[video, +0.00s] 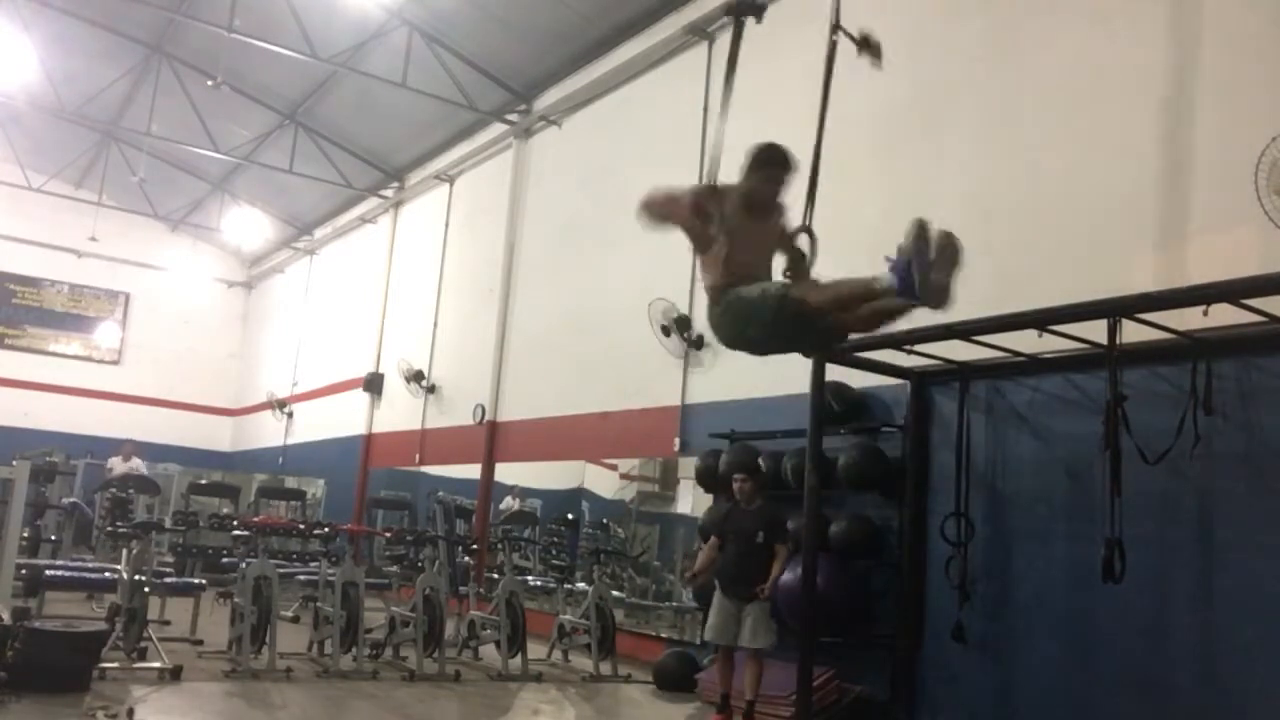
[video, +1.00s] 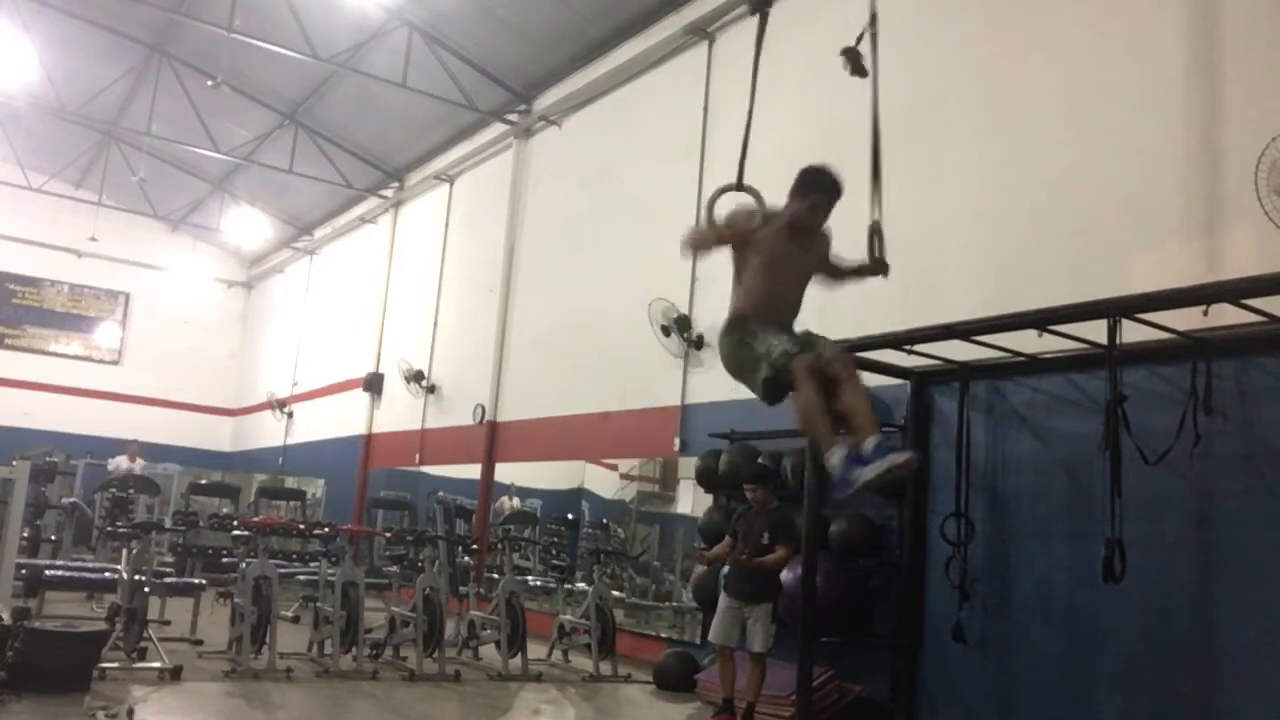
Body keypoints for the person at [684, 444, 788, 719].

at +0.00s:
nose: (738, 486)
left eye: (744, 481)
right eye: (735, 481)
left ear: (756, 484)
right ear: (731, 484)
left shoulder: (771, 515)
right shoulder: (727, 513)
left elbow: (781, 552)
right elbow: (712, 547)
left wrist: (770, 583)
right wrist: (695, 571)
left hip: (757, 593)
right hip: (726, 591)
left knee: (753, 653)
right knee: (724, 651)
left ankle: (749, 709)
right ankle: (723, 704)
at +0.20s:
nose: (744, 486)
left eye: (750, 481)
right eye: (741, 481)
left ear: (762, 484)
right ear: (737, 484)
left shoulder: (777, 515)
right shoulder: (735, 514)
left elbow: (786, 552)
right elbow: (719, 545)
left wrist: (771, 580)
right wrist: (699, 561)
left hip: (760, 595)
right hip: (730, 592)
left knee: (758, 653)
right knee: (720, 645)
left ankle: (749, 708)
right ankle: (723, 697)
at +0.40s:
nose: (747, 485)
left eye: (753, 480)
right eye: (745, 480)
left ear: (765, 484)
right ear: (742, 483)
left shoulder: (780, 515)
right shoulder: (736, 515)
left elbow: (788, 550)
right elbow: (721, 548)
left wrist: (766, 574)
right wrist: (703, 558)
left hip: (762, 591)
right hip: (731, 588)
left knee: (758, 654)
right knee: (722, 645)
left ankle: (749, 710)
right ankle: (726, 704)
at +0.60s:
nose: (753, 490)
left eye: (759, 485)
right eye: (751, 485)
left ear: (769, 487)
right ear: (745, 488)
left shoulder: (781, 515)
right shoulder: (740, 514)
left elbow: (788, 551)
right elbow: (726, 548)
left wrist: (759, 571)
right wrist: (709, 559)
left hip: (761, 592)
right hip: (732, 590)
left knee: (757, 654)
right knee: (723, 647)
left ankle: (749, 710)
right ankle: (728, 705)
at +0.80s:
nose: (753, 491)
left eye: (759, 485)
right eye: (751, 484)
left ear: (773, 487)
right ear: (749, 488)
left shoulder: (780, 518)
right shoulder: (744, 515)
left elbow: (785, 553)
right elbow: (730, 545)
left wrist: (754, 564)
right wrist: (709, 559)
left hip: (763, 594)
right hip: (733, 591)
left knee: (758, 655)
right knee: (722, 648)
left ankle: (749, 711)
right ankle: (726, 706)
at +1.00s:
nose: (750, 496)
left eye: (754, 491)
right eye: (746, 491)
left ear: (768, 490)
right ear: (743, 492)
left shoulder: (782, 517)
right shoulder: (742, 515)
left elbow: (782, 557)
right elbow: (728, 544)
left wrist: (749, 562)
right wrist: (709, 555)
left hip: (761, 598)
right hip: (731, 594)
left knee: (756, 655)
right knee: (722, 647)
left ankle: (749, 711)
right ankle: (727, 705)